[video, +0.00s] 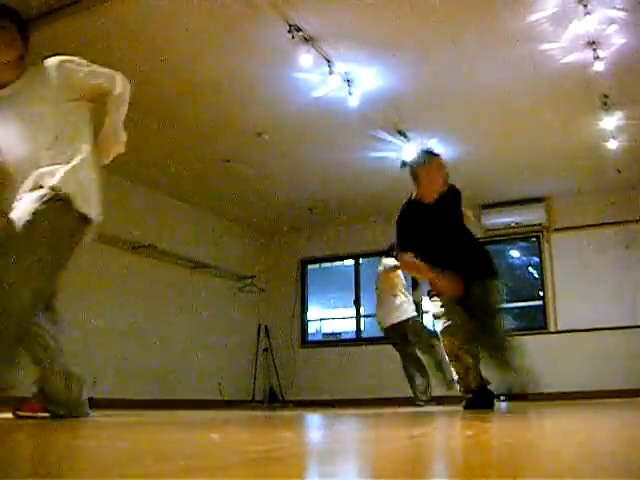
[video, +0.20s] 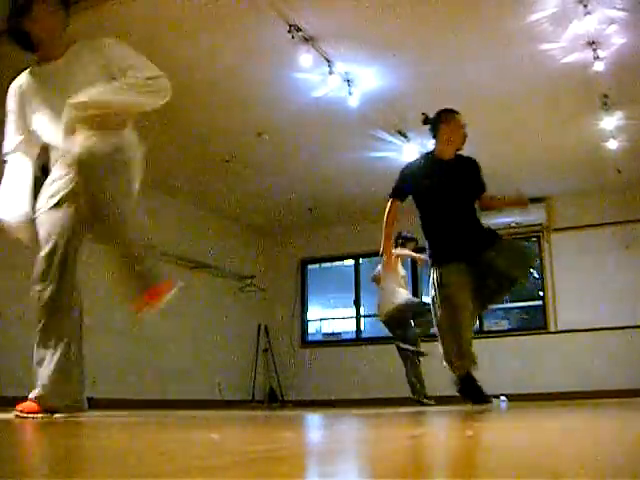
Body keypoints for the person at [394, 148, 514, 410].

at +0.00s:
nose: (446, 175)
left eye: (444, 169)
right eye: (439, 170)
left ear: (438, 173)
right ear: (421, 176)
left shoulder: (451, 196)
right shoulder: (409, 214)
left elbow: (456, 227)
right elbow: (405, 258)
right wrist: (436, 278)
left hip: (477, 269)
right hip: (447, 279)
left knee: (488, 331)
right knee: (453, 337)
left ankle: (514, 383)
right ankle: (476, 391)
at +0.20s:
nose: (465, 132)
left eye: (464, 127)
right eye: (460, 127)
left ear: (451, 131)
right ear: (443, 131)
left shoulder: (469, 166)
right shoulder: (415, 170)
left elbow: (484, 202)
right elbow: (392, 209)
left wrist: (518, 202)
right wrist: (387, 253)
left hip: (478, 239)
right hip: (446, 246)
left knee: (516, 263)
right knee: (458, 309)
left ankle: (470, 306)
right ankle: (465, 376)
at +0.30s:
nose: (476, 133)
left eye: (475, 128)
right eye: (471, 128)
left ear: (465, 132)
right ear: (454, 131)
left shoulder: (477, 164)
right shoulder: (429, 164)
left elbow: (493, 194)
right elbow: (403, 194)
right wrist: (394, 225)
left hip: (474, 235)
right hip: (445, 241)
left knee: (517, 254)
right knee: (467, 299)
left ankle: (470, 302)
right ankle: (447, 357)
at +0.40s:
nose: (484, 147)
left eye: (484, 141)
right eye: (478, 141)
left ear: (485, 146)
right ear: (464, 145)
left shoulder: (487, 175)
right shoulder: (439, 174)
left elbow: (491, 197)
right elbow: (409, 196)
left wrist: (485, 161)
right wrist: (390, 222)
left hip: (474, 252)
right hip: (444, 255)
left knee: (511, 268)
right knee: (467, 310)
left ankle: (493, 332)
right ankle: (434, 368)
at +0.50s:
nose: (496, 180)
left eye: (497, 174)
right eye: (491, 174)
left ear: (494, 178)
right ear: (476, 177)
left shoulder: (491, 208)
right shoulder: (450, 203)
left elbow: (503, 230)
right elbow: (406, 217)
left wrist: (496, 195)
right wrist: (375, 242)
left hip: (475, 282)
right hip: (443, 281)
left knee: (503, 313)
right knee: (457, 320)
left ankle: (511, 375)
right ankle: (424, 389)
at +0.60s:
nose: (510, 220)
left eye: (510, 214)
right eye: (505, 214)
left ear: (506, 216)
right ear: (491, 216)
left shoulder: (506, 246)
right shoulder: (459, 237)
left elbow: (527, 280)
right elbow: (414, 244)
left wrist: (525, 256)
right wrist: (388, 257)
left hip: (476, 314)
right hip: (444, 308)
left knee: (501, 350)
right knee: (451, 335)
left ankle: (513, 391)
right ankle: (424, 392)